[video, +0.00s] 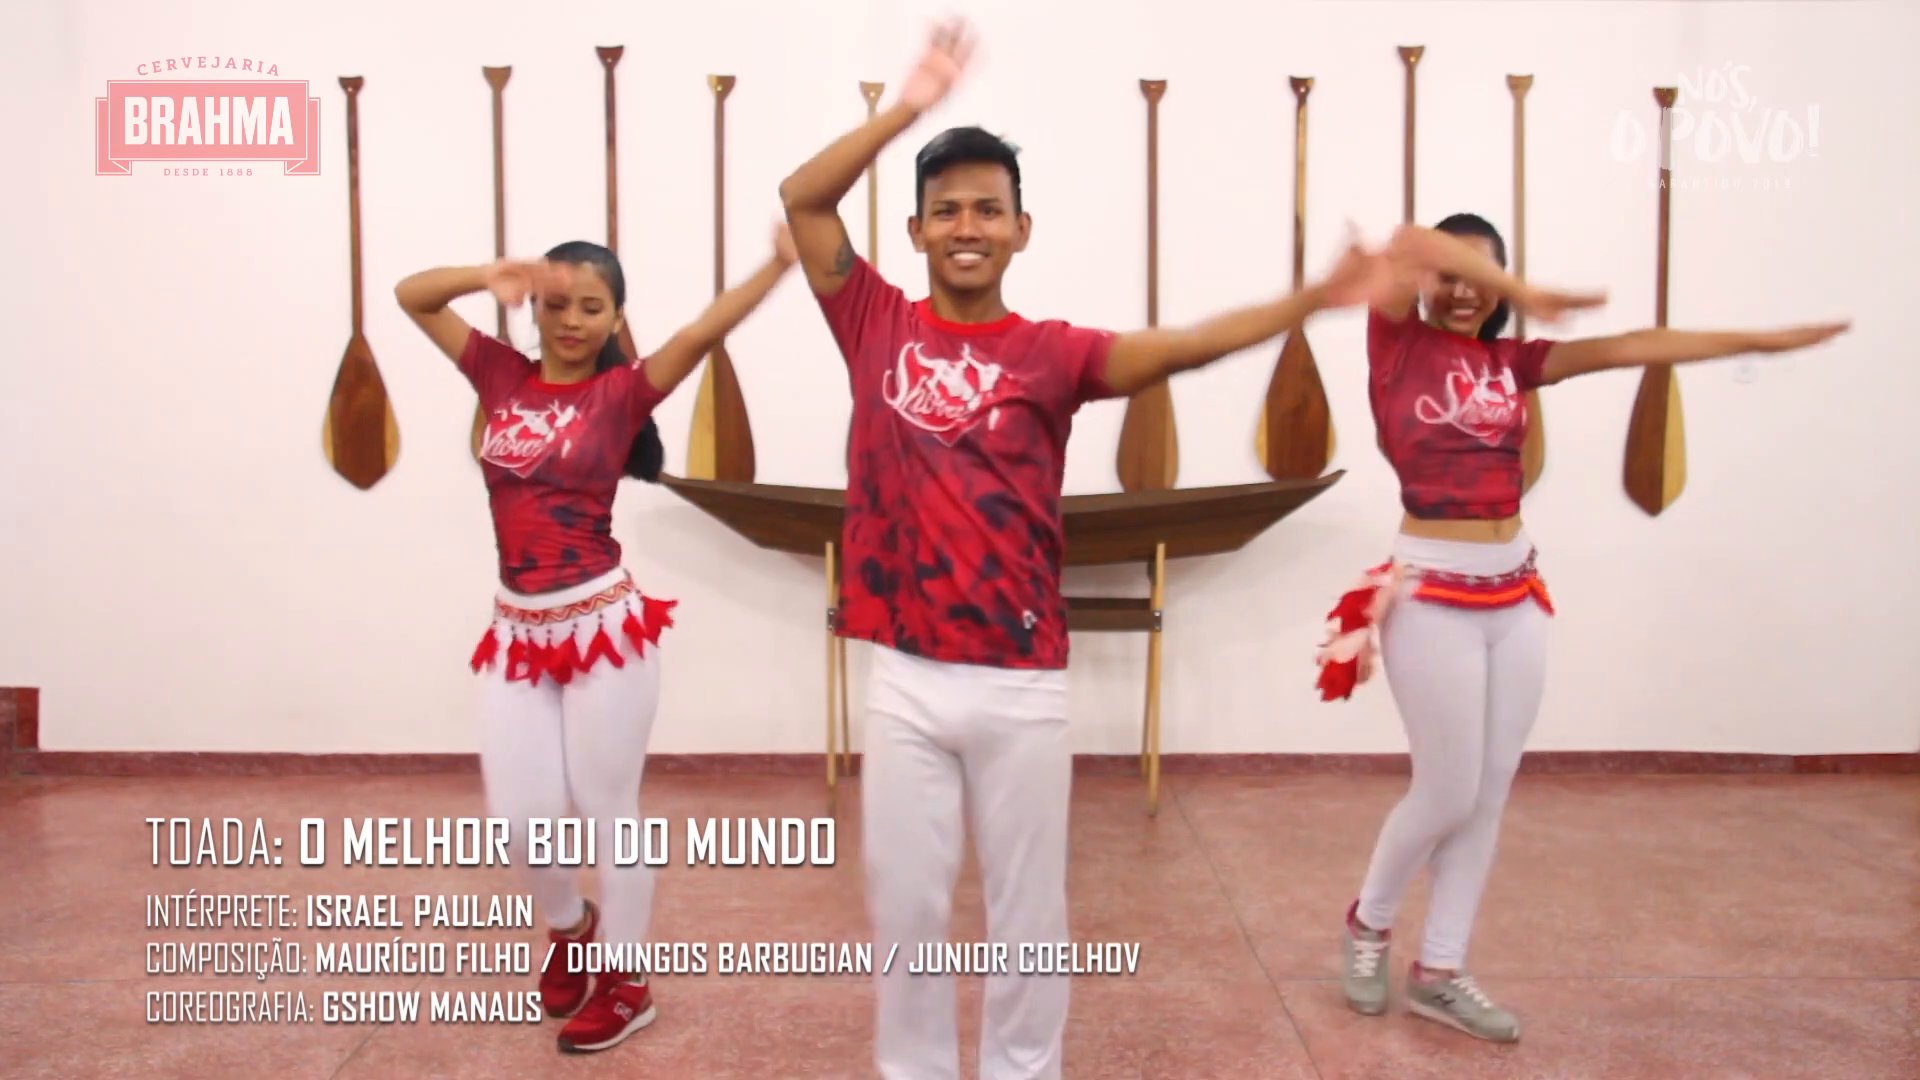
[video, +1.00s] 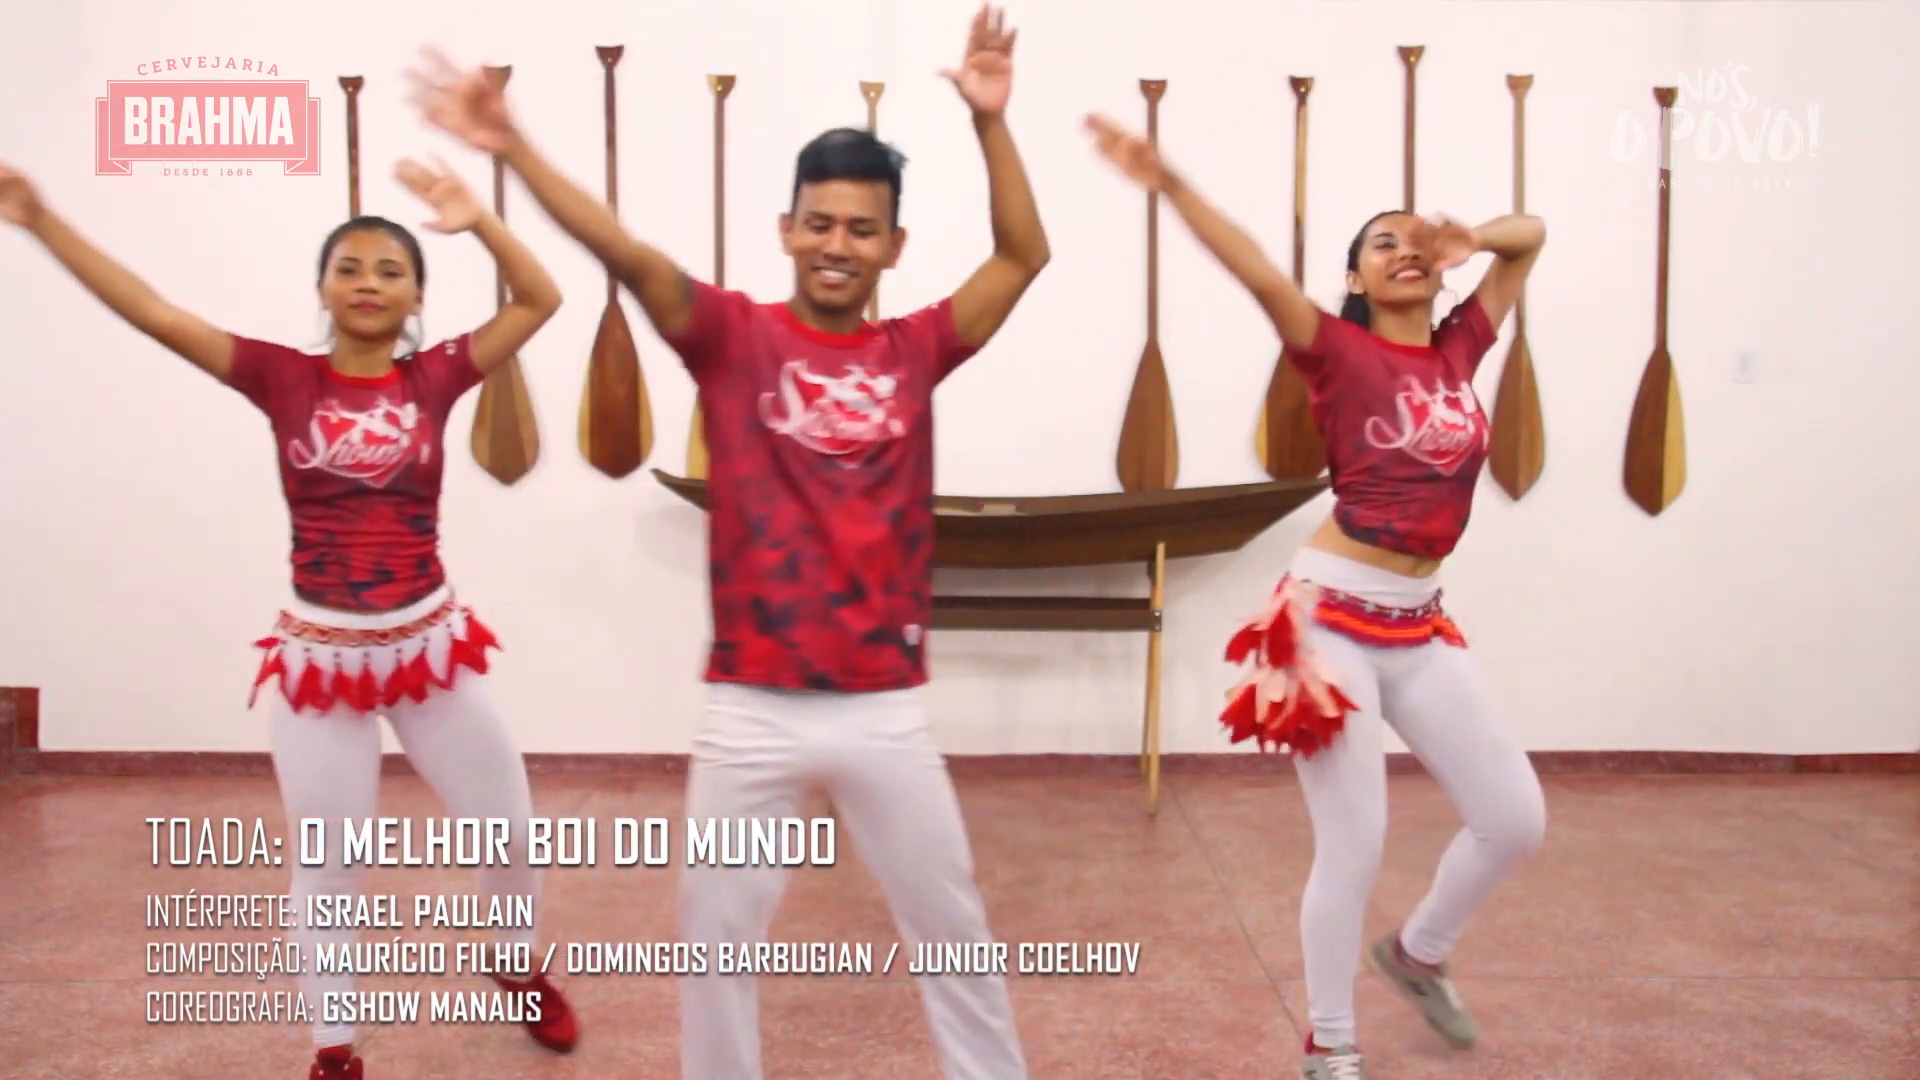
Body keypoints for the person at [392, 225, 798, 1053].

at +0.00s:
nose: (570, 319)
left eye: (589, 306)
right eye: (557, 302)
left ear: (616, 318)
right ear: (534, 309)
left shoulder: (621, 394)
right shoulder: (502, 377)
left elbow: (703, 332)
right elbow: (413, 295)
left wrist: (778, 265)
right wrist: (488, 274)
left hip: (604, 631)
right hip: (516, 634)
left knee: (609, 810)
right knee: (523, 818)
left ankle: (626, 975)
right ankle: (570, 928)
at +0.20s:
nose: (558, 308)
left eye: (576, 294)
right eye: (542, 293)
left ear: (599, 312)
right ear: (515, 307)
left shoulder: (615, 392)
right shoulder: (484, 382)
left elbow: (729, 336)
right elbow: (385, 302)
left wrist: (843, 281)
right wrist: (461, 265)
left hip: (600, 638)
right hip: (504, 639)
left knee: (606, 824)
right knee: (483, 826)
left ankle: (624, 979)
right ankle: (541, 921)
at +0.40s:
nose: (528, 292)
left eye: (546, 281)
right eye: (512, 278)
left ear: (570, 304)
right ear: (484, 299)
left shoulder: (596, 378)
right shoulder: (459, 382)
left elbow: (697, 306)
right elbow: (368, 304)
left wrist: (785, 234)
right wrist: (385, 207)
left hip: (586, 637)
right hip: (486, 637)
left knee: (593, 825)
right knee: (427, 822)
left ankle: (622, 982)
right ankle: (417, 1002)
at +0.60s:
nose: (480, 289)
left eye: (497, 278)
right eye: (462, 277)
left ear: (522, 299)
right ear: (434, 298)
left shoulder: (544, 376)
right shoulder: (404, 379)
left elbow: (639, 294)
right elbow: (307, 295)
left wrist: (677, 188)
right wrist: (272, 184)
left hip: (552, 640)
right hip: (443, 646)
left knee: (580, 825)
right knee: (395, 842)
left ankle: (613, 974)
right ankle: (342, 1036)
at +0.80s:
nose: (420, 284)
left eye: (440, 274)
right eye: (401, 270)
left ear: (464, 300)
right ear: (374, 294)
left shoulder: (486, 376)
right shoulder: (338, 376)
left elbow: (583, 297)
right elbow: (220, 300)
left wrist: (560, 200)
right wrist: (143, 192)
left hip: (487, 647)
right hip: (376, 654)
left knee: (538, 830)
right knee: (355, 859)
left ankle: (571, 972)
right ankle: (340, 1048)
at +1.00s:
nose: (369, 282)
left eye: (389, 271)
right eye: (350, 268)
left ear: (416, 296)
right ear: (321, 292)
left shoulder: (437, 376)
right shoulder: (284, 377)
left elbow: (540, 298)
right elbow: (152, 311)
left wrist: (480, 218)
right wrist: (42, 220)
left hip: (431, 650)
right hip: (322, 659)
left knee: (513, 837)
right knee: (326, 866)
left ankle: (516, 967)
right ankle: (337, 1051)